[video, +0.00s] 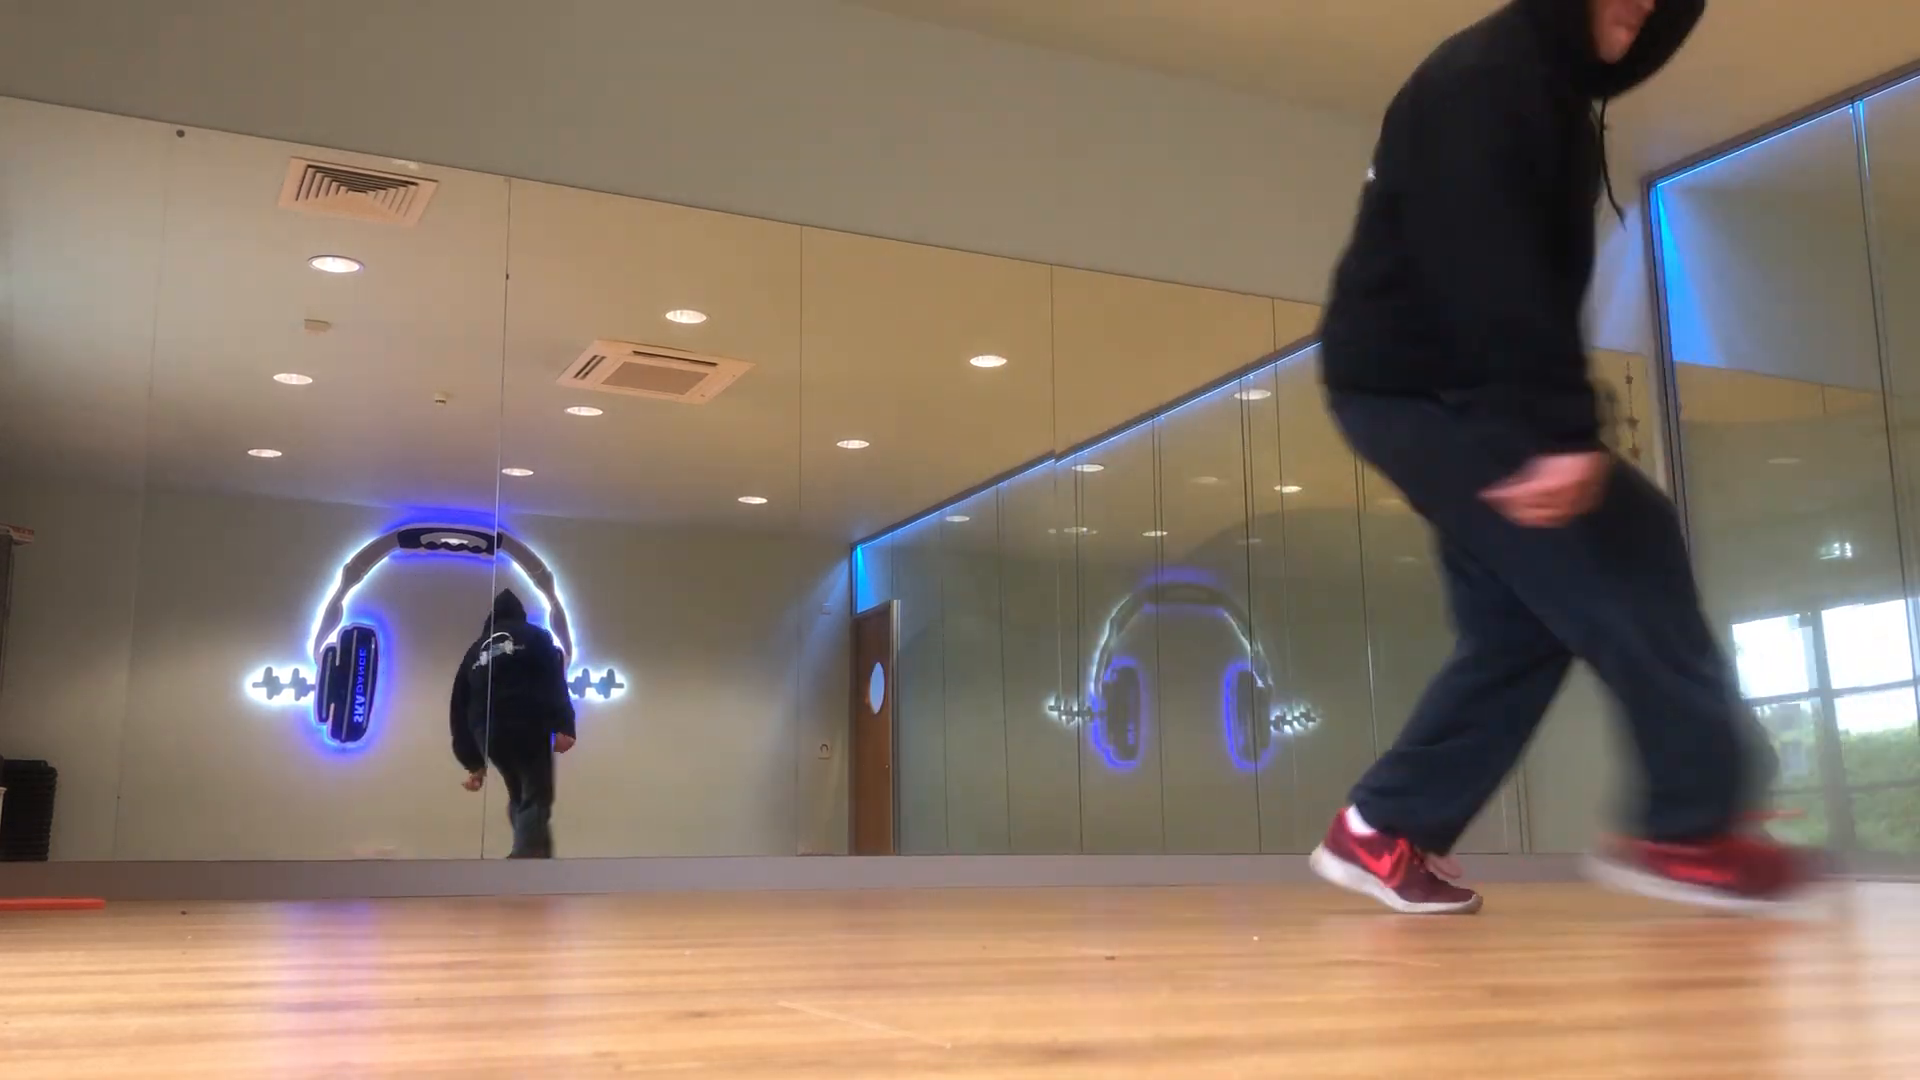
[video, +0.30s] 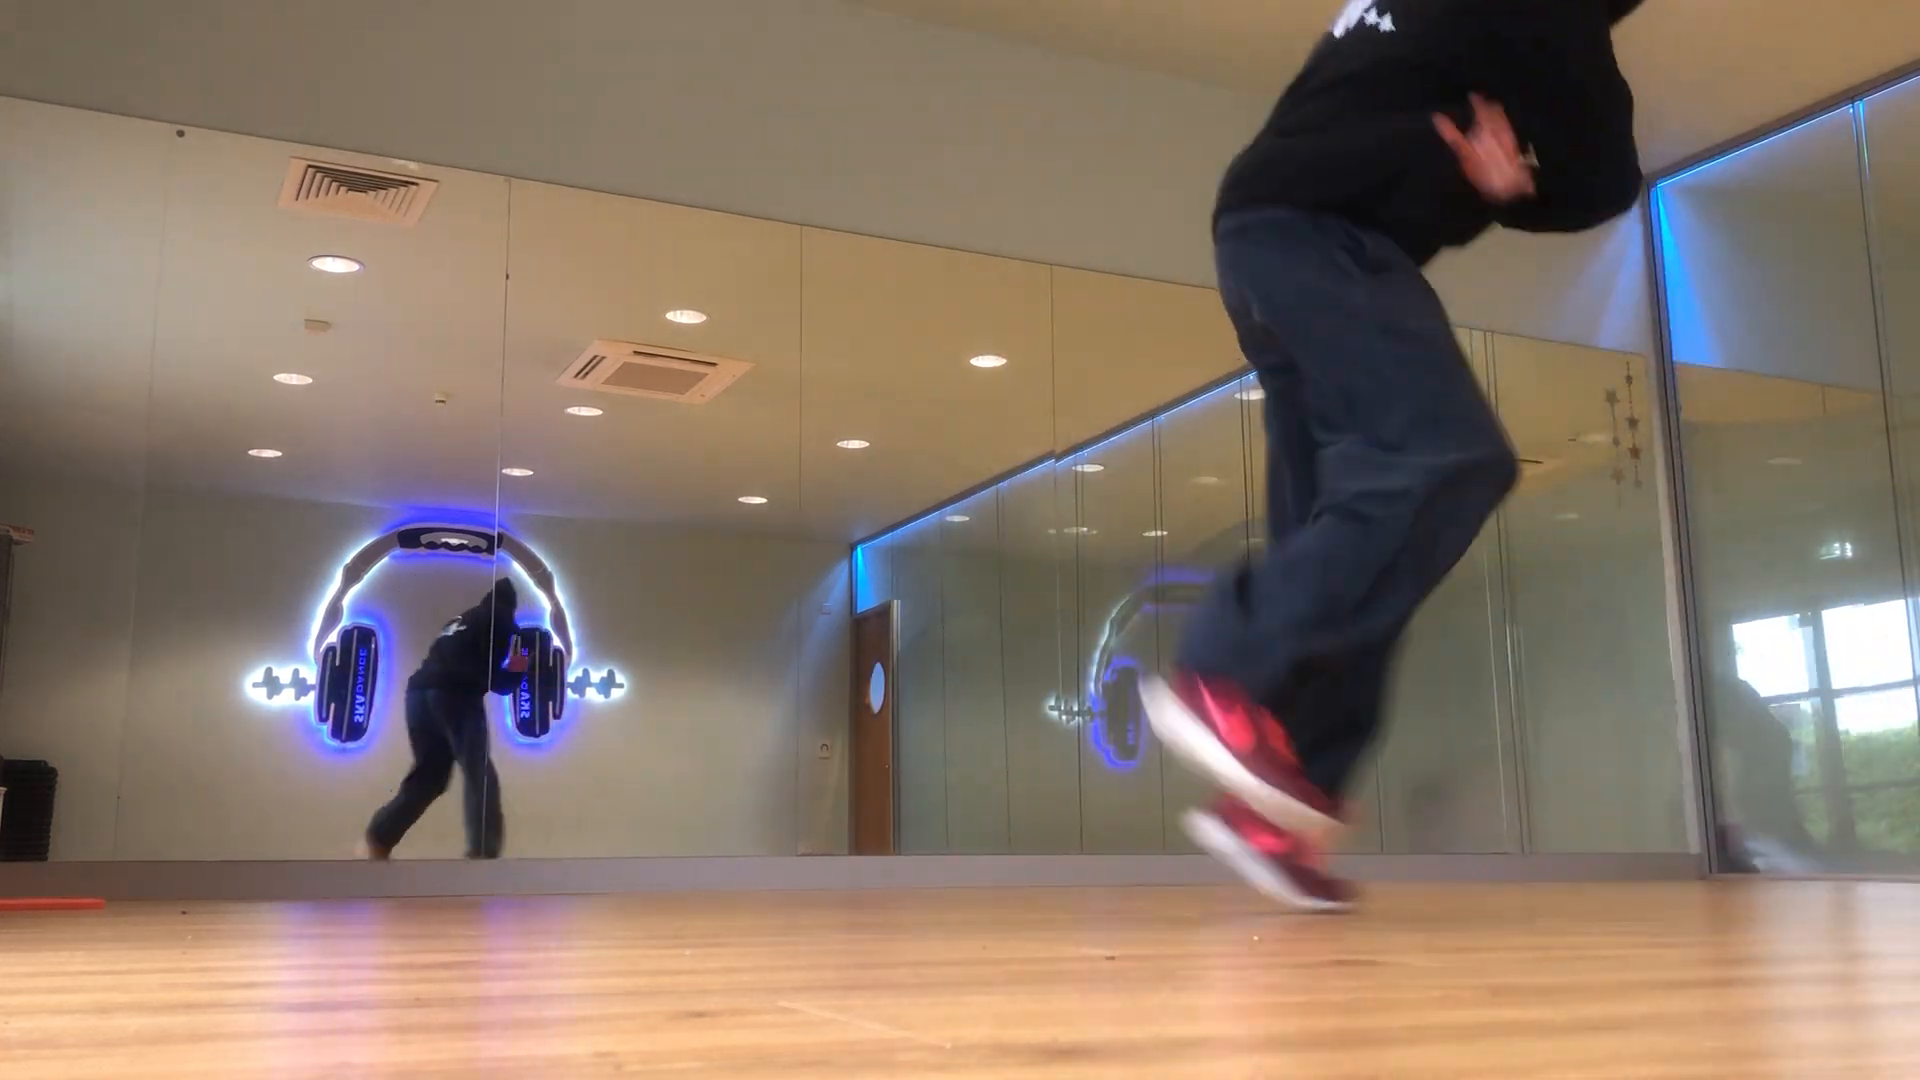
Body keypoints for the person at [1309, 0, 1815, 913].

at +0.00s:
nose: (1639, 13)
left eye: (1651, 6)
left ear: (1647, 17)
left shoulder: (1557, 88)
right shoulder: (1490, 79)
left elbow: (1544, 275)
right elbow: (1493, 265)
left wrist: (1567, 425)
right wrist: (1558, 426)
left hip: (1459, 387)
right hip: (1415, 386)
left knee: (1524, 621)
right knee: (1624, 537)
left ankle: (1382, 827)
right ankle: (1687, 825)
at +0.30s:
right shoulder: (1552, 16)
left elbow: (1607, 180)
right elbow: (1608, 174)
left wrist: (1523, 188)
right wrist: (1539, 179)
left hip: (1283, 234)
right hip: (1319, 228)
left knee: (1336, 527)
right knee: (1451, 455)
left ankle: (1275, 808)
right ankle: (1228, 674)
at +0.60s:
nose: (1580, 7)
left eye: (1588, 10)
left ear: (1571, 18)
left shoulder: (1488, 39)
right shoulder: (1410, 12)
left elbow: (1564, 53)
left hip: (1281, 279)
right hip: (1216, 258)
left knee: (1414, 517)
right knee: (1351, 531)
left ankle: (1223, 747)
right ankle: (1283, 846)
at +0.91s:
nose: (1310, 16)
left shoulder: (1451, 23)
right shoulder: (1223, 10)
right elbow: (1151, 45)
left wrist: (1354, 43)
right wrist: (1172, 180)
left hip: (1324, 326)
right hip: (1188, 293)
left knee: (1345, 544)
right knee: (1114, 515)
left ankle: (1260, 836)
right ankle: (938, 738)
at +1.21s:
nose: (1206, 3)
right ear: (1179, 18)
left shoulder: (1342, 73)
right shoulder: (1201, 106)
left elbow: (1214, 211)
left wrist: (1106, 196)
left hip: (1371, 406)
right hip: (1239, 409)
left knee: (1390, 640)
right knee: (1165, 609)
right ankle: (1161, 851)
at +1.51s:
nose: (1224, 170)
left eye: (1231, 143)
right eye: (1200, 166)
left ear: (1265, 131)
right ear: (1189, 193)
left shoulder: (1331, 158)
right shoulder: (1259, 286)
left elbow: (1378, 186)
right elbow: (1356, 362)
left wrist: (1426, 213)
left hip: (1541, 457)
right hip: (1400, 488)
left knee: (1650, 651)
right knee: (1290, 640)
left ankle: (1809, 826)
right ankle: (1169, 845)